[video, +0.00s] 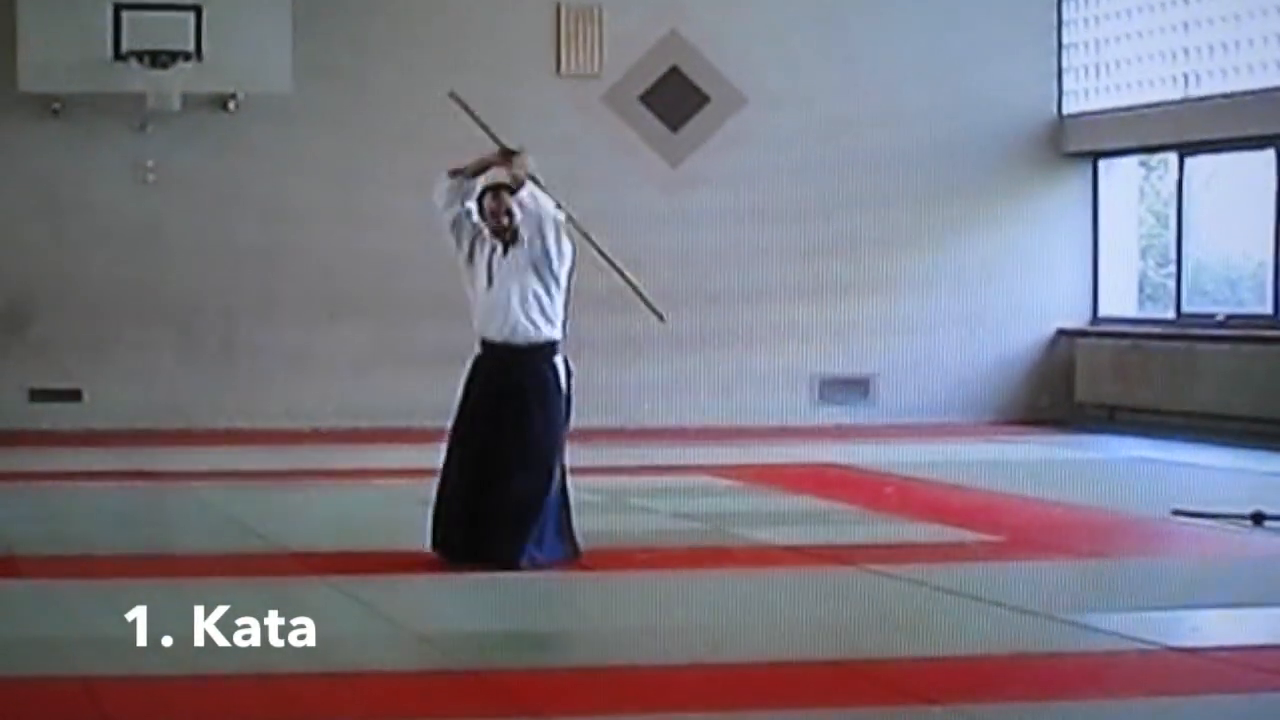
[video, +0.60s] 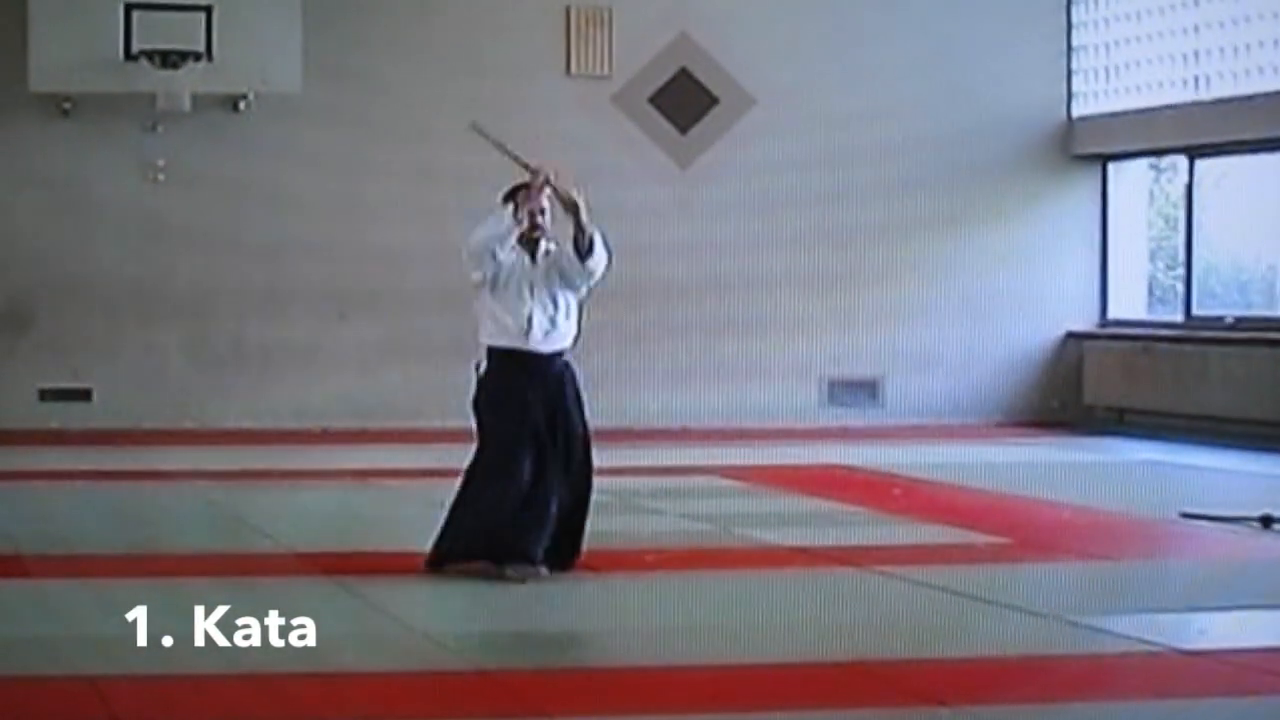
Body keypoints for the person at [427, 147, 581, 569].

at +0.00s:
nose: (497, 217)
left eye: (503, 209)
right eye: (490, 212)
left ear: (519, 210)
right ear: (481, 216)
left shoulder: (546, 249)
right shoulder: (478, 249)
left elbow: (547, 220)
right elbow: (448, 202)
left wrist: (523, 184)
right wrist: (485, 165)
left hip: (536, 358)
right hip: (491, 356)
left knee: (531, 458)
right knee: (472, 450)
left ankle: (526, 546)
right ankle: (465, 544)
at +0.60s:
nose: (535, 218)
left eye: (542, 210)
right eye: (526, 210)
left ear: (551, 216)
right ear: (511, 215)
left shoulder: (562, 263)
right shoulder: (498, 260)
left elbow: (592, 266)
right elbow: (477, 251)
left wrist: (578, 216)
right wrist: (516, 208)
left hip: (554, 367)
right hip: (507, 365)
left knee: (564, 462)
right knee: (510, 461)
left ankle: (540, 553)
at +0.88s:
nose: (543, 218)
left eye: (548, 210)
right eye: (535, 210)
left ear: (556, 215)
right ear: (516, 214)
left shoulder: (567, 261)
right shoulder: (493, 258)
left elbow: (588, 300)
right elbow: (500, 295)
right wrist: (550, 286)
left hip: (551, 368)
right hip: (509, 369)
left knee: (561, 463)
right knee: (526, 466)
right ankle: (547, 562)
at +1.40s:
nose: (569, 223)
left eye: (574, 215)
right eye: (561, 214)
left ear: (577, 218)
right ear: (539, 215)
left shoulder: (579, 260)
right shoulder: (513, 263)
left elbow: (600, 308)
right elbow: (532, 298)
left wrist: (590, 331)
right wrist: (569, 314)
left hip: (553, 370)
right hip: (515, 370)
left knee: (553, 464)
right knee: (530, 463)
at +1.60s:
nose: (591, 228)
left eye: (596, 221)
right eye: (583, 219)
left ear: (600, 226)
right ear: (561, 220)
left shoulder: (600, 267)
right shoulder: (536, 264)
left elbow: (620, 313)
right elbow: (550, 304)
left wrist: (603, 329)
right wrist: (591, 320)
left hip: (568, 376)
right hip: (530, 374)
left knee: (570, 469)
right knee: (544, 467)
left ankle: (562, 557)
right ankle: (546, 558)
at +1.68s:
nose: (599, 232)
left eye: (605, 226)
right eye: (592, 223)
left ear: (609, 231)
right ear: (570, 224)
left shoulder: (606, 272)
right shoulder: (542, 271)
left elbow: (626, 317)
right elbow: (556, 310)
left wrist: (615, 336)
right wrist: (591, 327)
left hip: (576, 378)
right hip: (537, 377)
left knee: (580, 468)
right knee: (550, 467)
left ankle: (570, 553)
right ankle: (548, 556)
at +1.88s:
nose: (631, 235)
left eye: (638, 227)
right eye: (624, 225)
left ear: (641, 233)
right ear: (600, 225)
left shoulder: (634, 281)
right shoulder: (571, 274)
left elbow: (655, 325)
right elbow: (574, 337)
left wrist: (665, 349)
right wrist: (631, 349)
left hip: (605, 390)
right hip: (564, 388)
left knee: (612, 473)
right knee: (571, 478)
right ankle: (553, 566)